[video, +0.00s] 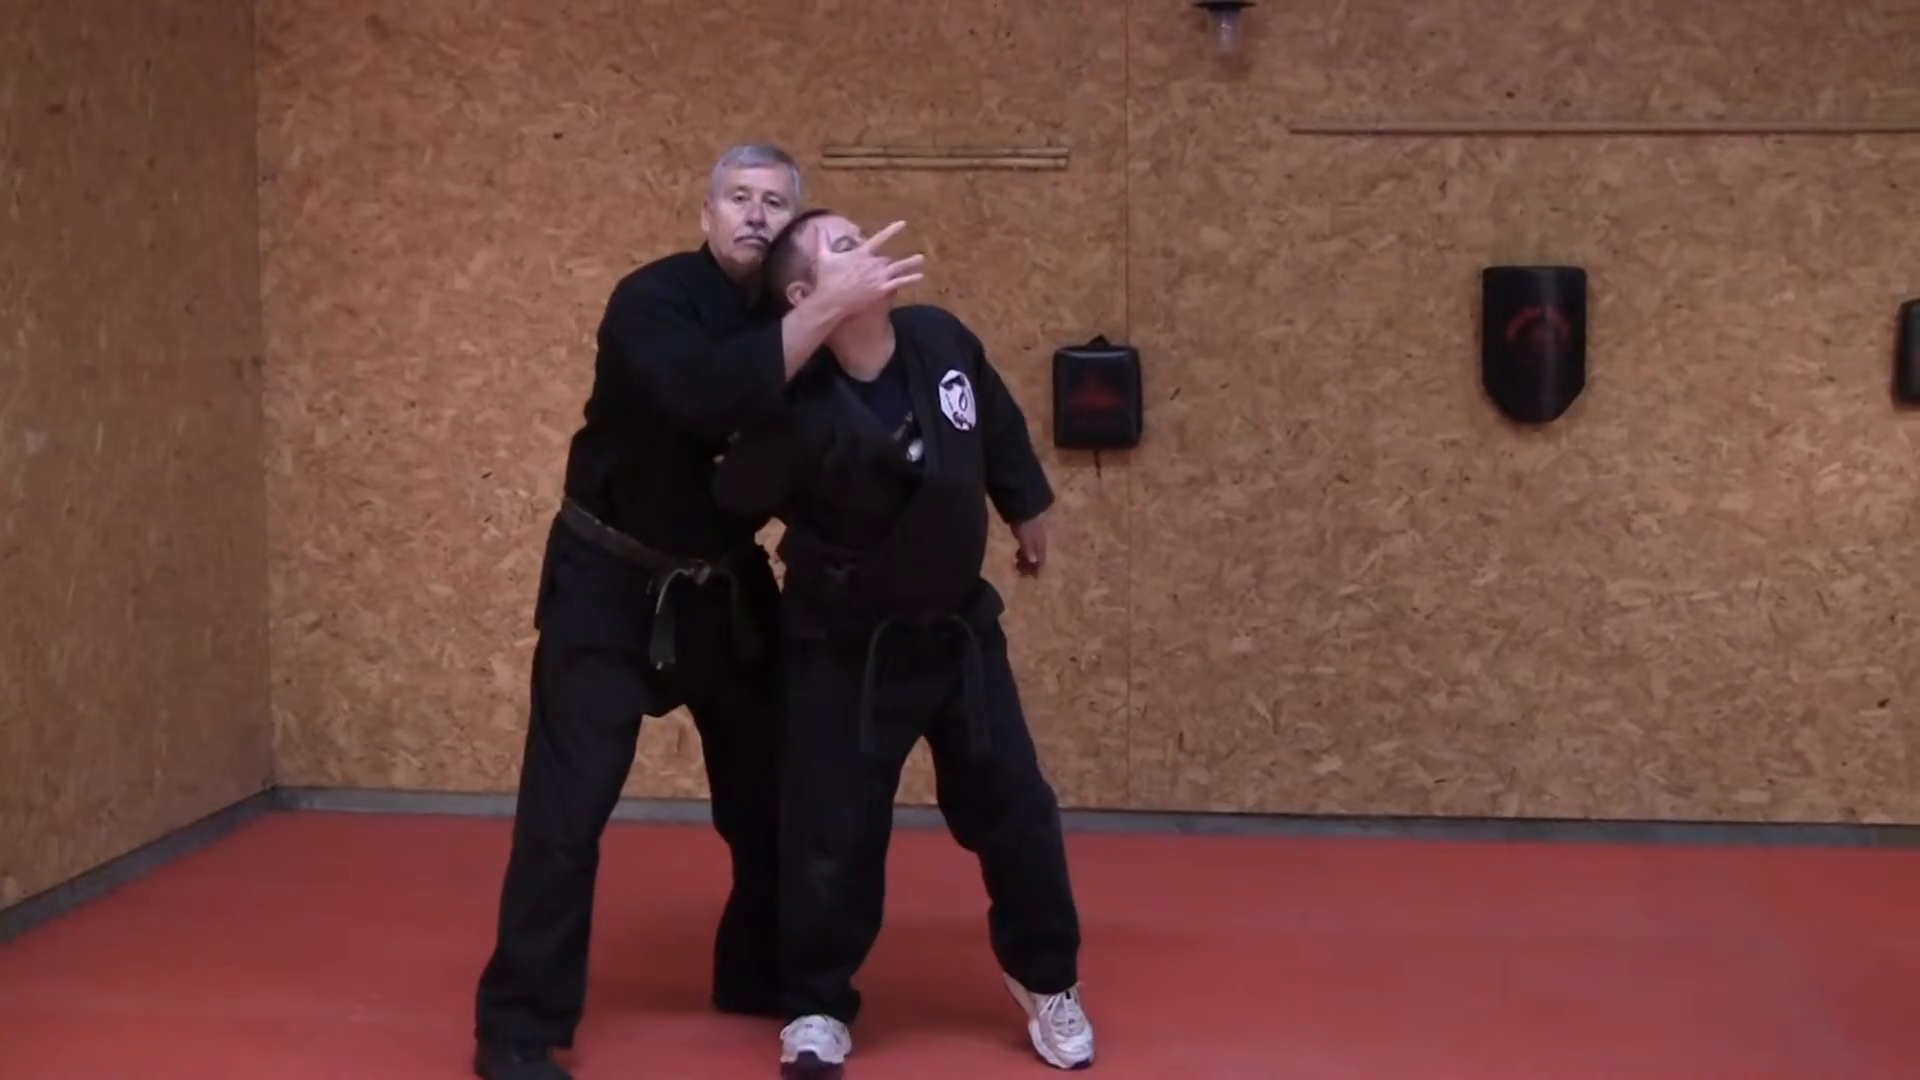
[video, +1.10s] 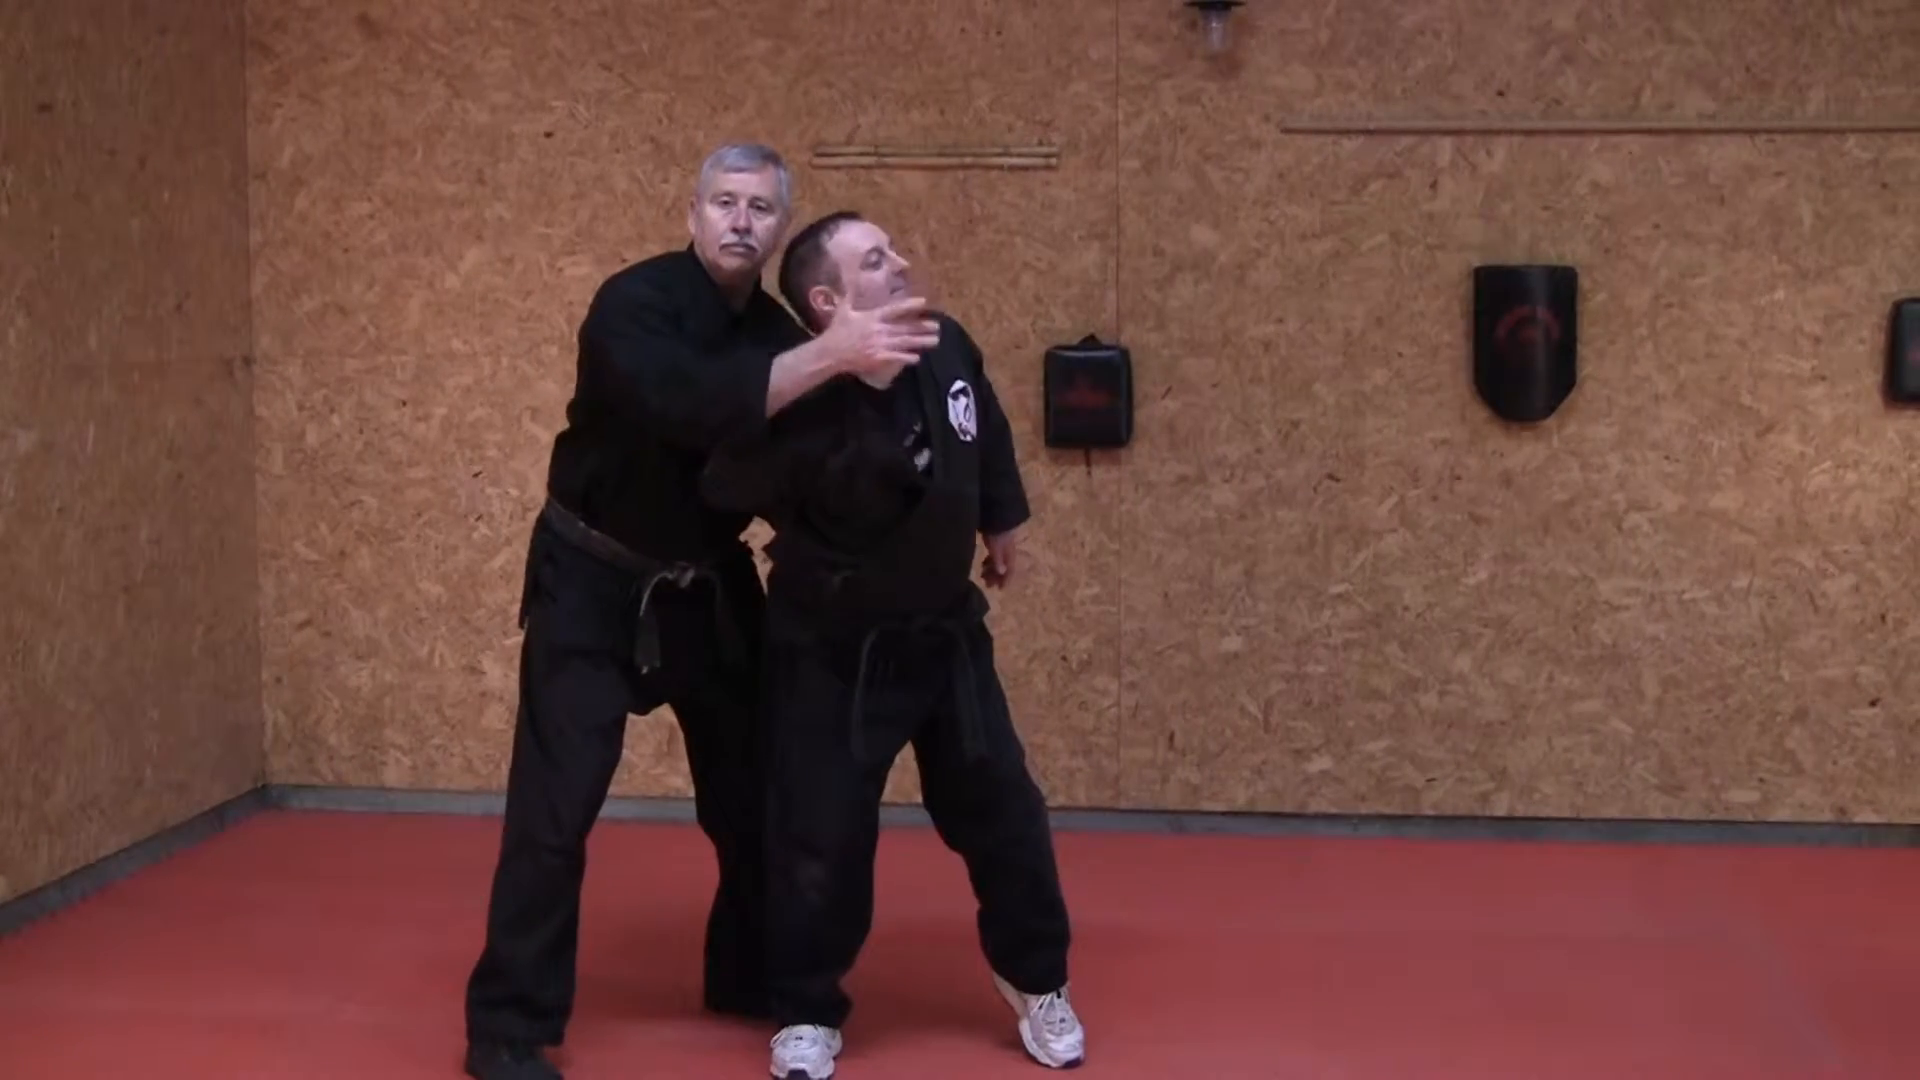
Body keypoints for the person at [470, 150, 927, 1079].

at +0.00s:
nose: (756, 214)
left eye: (776, 203)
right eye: (739, 197)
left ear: (796, 225)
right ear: (704, 210)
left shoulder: (794, 309)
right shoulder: (648, 301)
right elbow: (701, 395)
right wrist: (825, 310)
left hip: (724, 576)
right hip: (609, 574)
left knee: (770, 786)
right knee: (565, 812)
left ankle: (760, 975)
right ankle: (521, 1037)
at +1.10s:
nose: (742, 219)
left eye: (761, 207)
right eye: (725, 202)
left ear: (782, 229)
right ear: (692, 215)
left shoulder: (783, 329)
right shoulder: (630, 305)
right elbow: (678, 403)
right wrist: (828, 355)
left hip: (710, 579)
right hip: (591, 575)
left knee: (754, 791)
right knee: (555, 813)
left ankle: (748, 980)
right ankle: (511, 1037)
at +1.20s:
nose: (742, 219)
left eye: (762, 208)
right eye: (726, 202)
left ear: (783, 229)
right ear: (693, 214)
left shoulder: (786, 342)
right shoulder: (629, 304)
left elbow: (823, 467)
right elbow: (661, 410)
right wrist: (813, 384)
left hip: (707, 578)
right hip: (589, 572)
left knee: (752, 791)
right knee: (554, 809)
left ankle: (748, 980)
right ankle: (512, 1034)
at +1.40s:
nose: (744, 220)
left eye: (763, 207)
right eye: (728, 202)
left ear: (783, 226)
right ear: (693, 209)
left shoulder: (786, 345)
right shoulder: (626, 305)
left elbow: (822, 452)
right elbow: (617, 443)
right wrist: (752, 466)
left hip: (706, 577)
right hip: (588, 576)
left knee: (752, 789)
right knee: (552, 814)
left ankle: (746, 978)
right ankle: (510, 1038)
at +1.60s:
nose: (742, 219)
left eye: (762, 206)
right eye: (727, 201)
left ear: (785, 224)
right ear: (695, 209)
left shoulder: (791, 349)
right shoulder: (624, 307)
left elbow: (828, 478)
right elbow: (557, 451)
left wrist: (791, 441)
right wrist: (654, 550)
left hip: (712, 578)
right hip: (589, 576)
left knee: (756, 789)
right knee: (551, 815)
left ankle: (747, 971)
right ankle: (508, 1032)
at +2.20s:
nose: (784, 217)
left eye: (803, 205)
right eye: (768, 199)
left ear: (822, 226)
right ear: (733, 209)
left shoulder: (822, 353)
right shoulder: (656, 296)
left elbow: (840, 499)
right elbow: (548, 420)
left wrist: (929, 495)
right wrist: (556, 554)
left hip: (738, 590)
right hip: (616, 578)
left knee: (786, 783)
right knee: (566, 812)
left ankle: (753, 971)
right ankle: (510, 1029)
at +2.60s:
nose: (842, 231)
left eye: (857, 215)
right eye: (827, 210)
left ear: (870, 220)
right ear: (783, 201)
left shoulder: (863, 322)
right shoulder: (704, 287)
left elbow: (878, 452)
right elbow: (611, 409)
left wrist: (900, 560)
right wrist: (604, 552)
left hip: (801, 579)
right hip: (696, 571)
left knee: (805, 790)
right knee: (666, 796)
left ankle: (753, 971)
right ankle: (603, 1005)